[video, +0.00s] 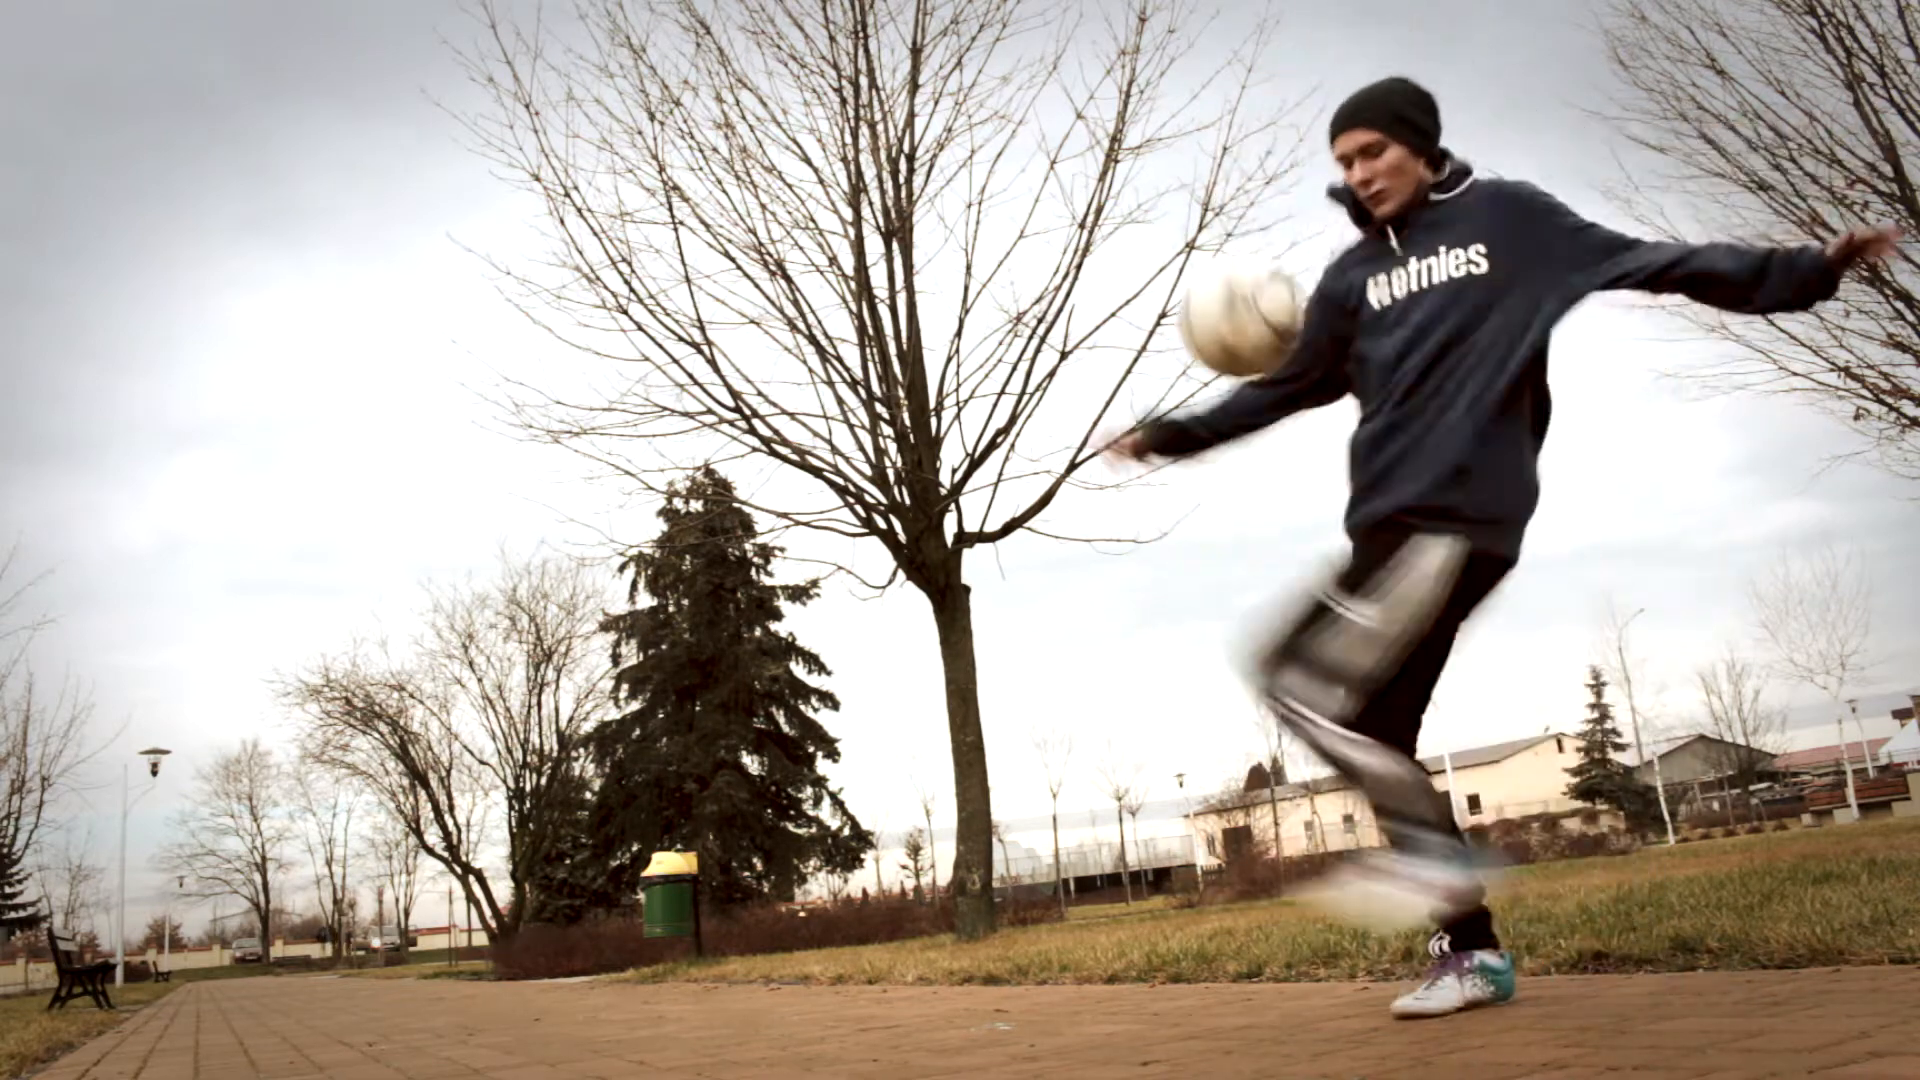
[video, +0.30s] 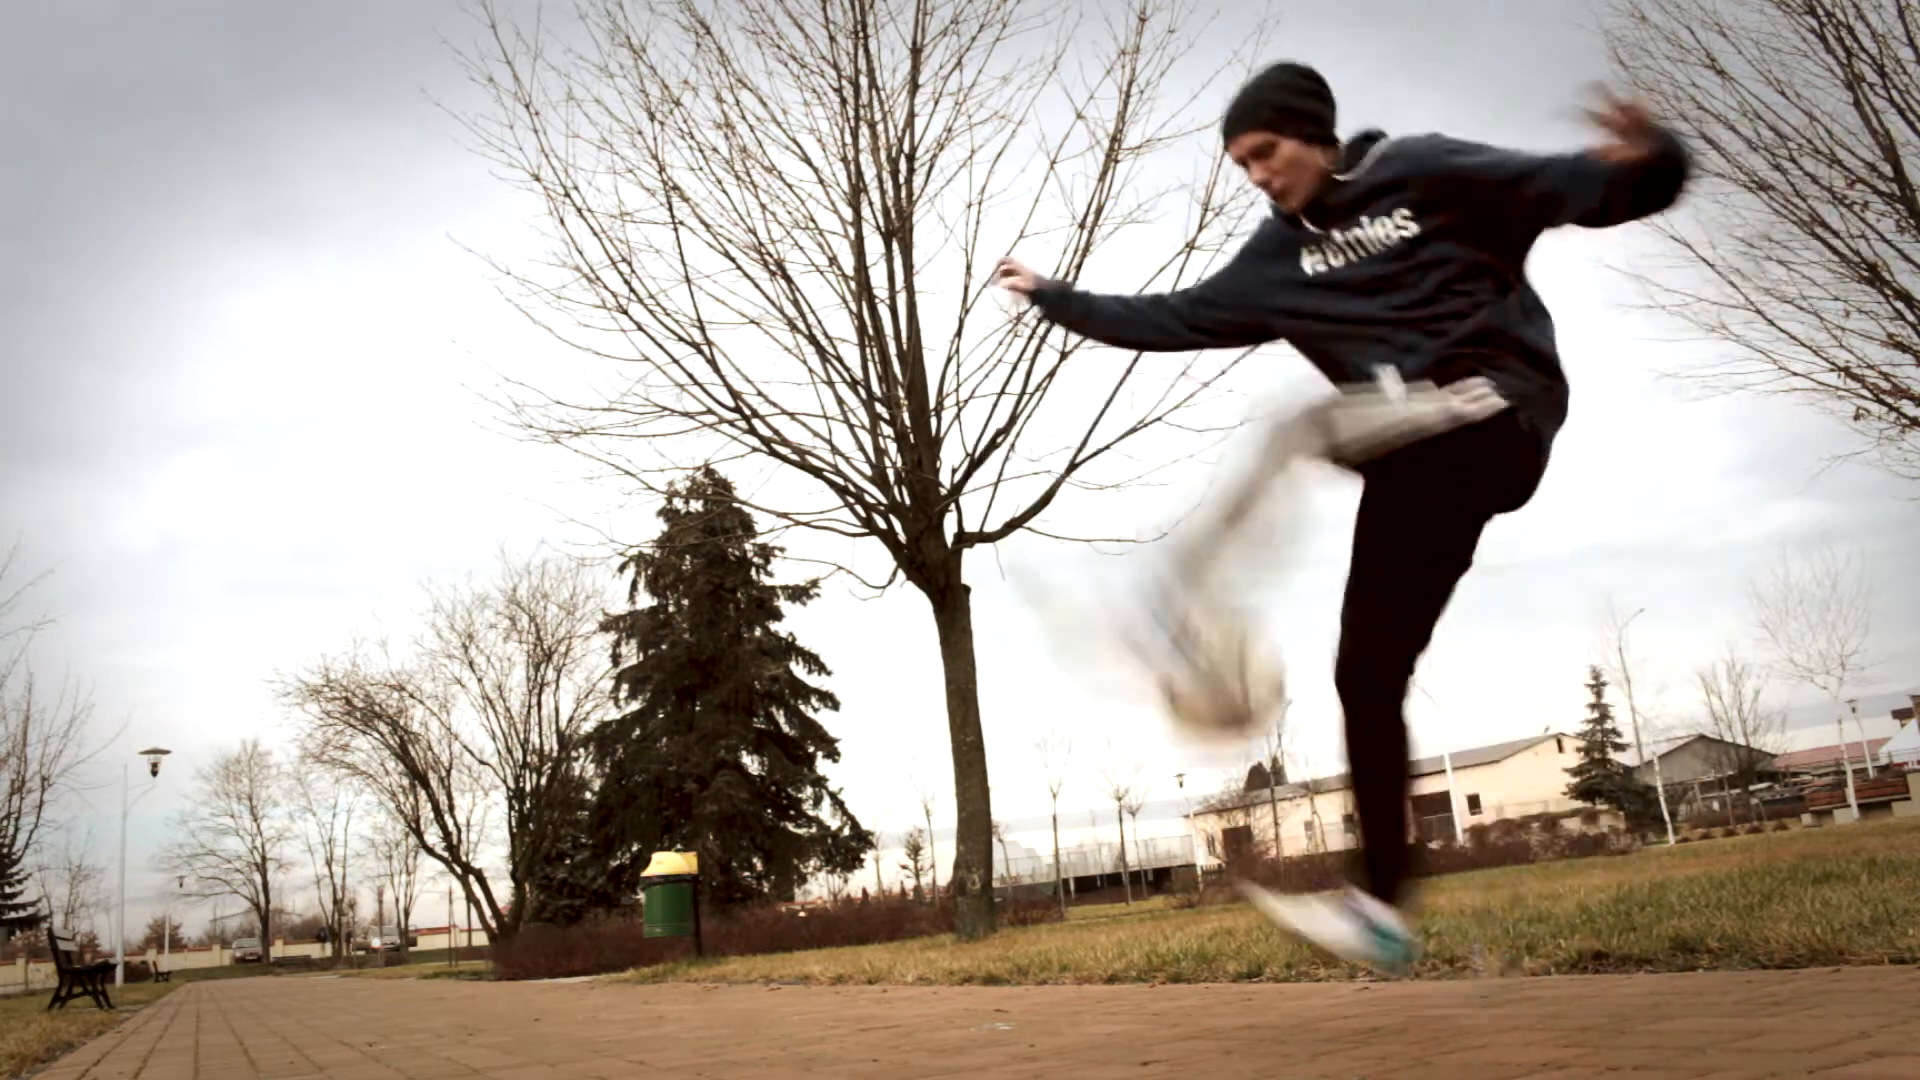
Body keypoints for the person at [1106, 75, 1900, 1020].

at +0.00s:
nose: (1357, 176)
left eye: (1371, 155)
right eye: (1345, 164)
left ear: (1424, 145)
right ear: (1342, 174)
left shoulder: (1504, 211)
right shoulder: (1351, 277)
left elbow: (1657, 260)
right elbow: (1292, 381)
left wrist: (1813, 266)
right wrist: (1171, 435)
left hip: (1464, 505)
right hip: (1386, 518)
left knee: (1302, 676)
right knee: (1379, 737)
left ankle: (1429, 855)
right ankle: (1472, 950)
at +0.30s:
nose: (1261, 179)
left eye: (1268, 155)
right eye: (1248, 167)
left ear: (1317, 132)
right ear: (1250, 166)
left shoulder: (1419, 169)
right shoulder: (1276, 259)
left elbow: (1569, 185)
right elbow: (1170, 318)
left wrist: (1650, 166)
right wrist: (1045, 294)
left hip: (1501, 406)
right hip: (1415, 453)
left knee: (1299, 424)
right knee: (1369, 675)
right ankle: (1384, 905)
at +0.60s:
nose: (1262, 232)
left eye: (1274, 206)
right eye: (1247, 215)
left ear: (1326, 193)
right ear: (1250, 218)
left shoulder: (1400, 232)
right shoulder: (1318, 285)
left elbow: (1416, 304)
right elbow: (1325, 428)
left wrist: (1315, 305)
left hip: (1455, 529)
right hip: (1371, 517)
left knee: (1419, 724)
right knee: (1244, 410)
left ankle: (1533, 966)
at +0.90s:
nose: (1243, 86)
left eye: (1254, 63)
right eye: (1228, 73)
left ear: (1301, 42)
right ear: (1226, 75)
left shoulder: (1382, 100)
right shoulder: (1248, 149)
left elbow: (1464, 97)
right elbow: (1203, 223)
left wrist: (1510, 40)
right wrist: (1097, 241)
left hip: (1379, 366)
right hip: (1279, 377)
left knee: (1269, 506)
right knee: (1216, 551)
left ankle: (1252, 732)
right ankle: (1220, 795)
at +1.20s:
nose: (1224, 204)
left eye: (1236, 182)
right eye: (1204, 193)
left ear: (1269, 173)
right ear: (1186, 203)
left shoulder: (1353, 241)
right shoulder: (1196, 312)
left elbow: (1464, 335)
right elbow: (1131, 440)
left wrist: (1600, 408)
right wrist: (1007, 541)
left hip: (1395, 532)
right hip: (1302, 549)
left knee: (1250, 697)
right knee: (1290, 757)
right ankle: (1352, 972)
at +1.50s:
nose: (1306, 142)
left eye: (1316, 125)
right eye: (1286, 130)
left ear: (1336, 129)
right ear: (1250, 145)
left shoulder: (1376, 214)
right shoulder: (1229, 229)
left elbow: (1489, 294)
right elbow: (1198, 352)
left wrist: (1625, 280)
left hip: (1390, 442)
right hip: (1295, 480)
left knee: (1493, 304)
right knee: (1327, 726)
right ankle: (1353, 965)